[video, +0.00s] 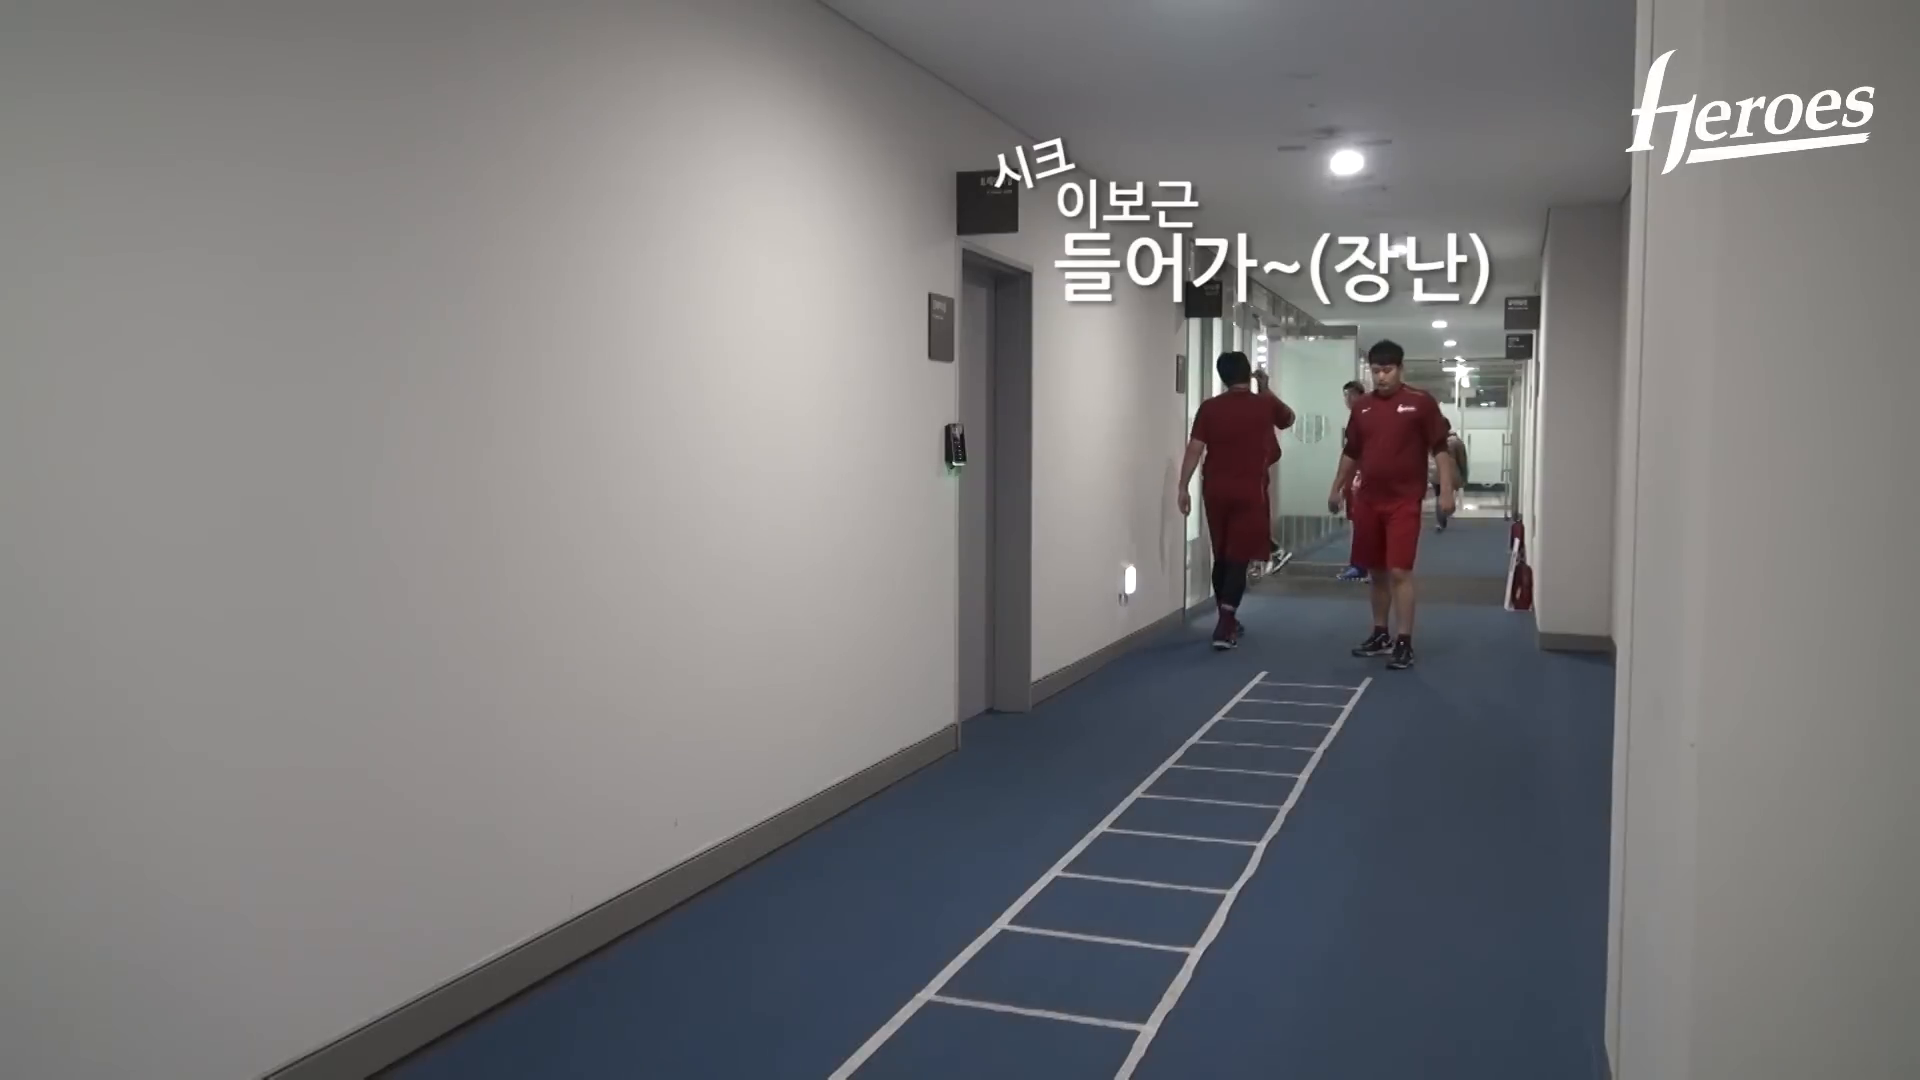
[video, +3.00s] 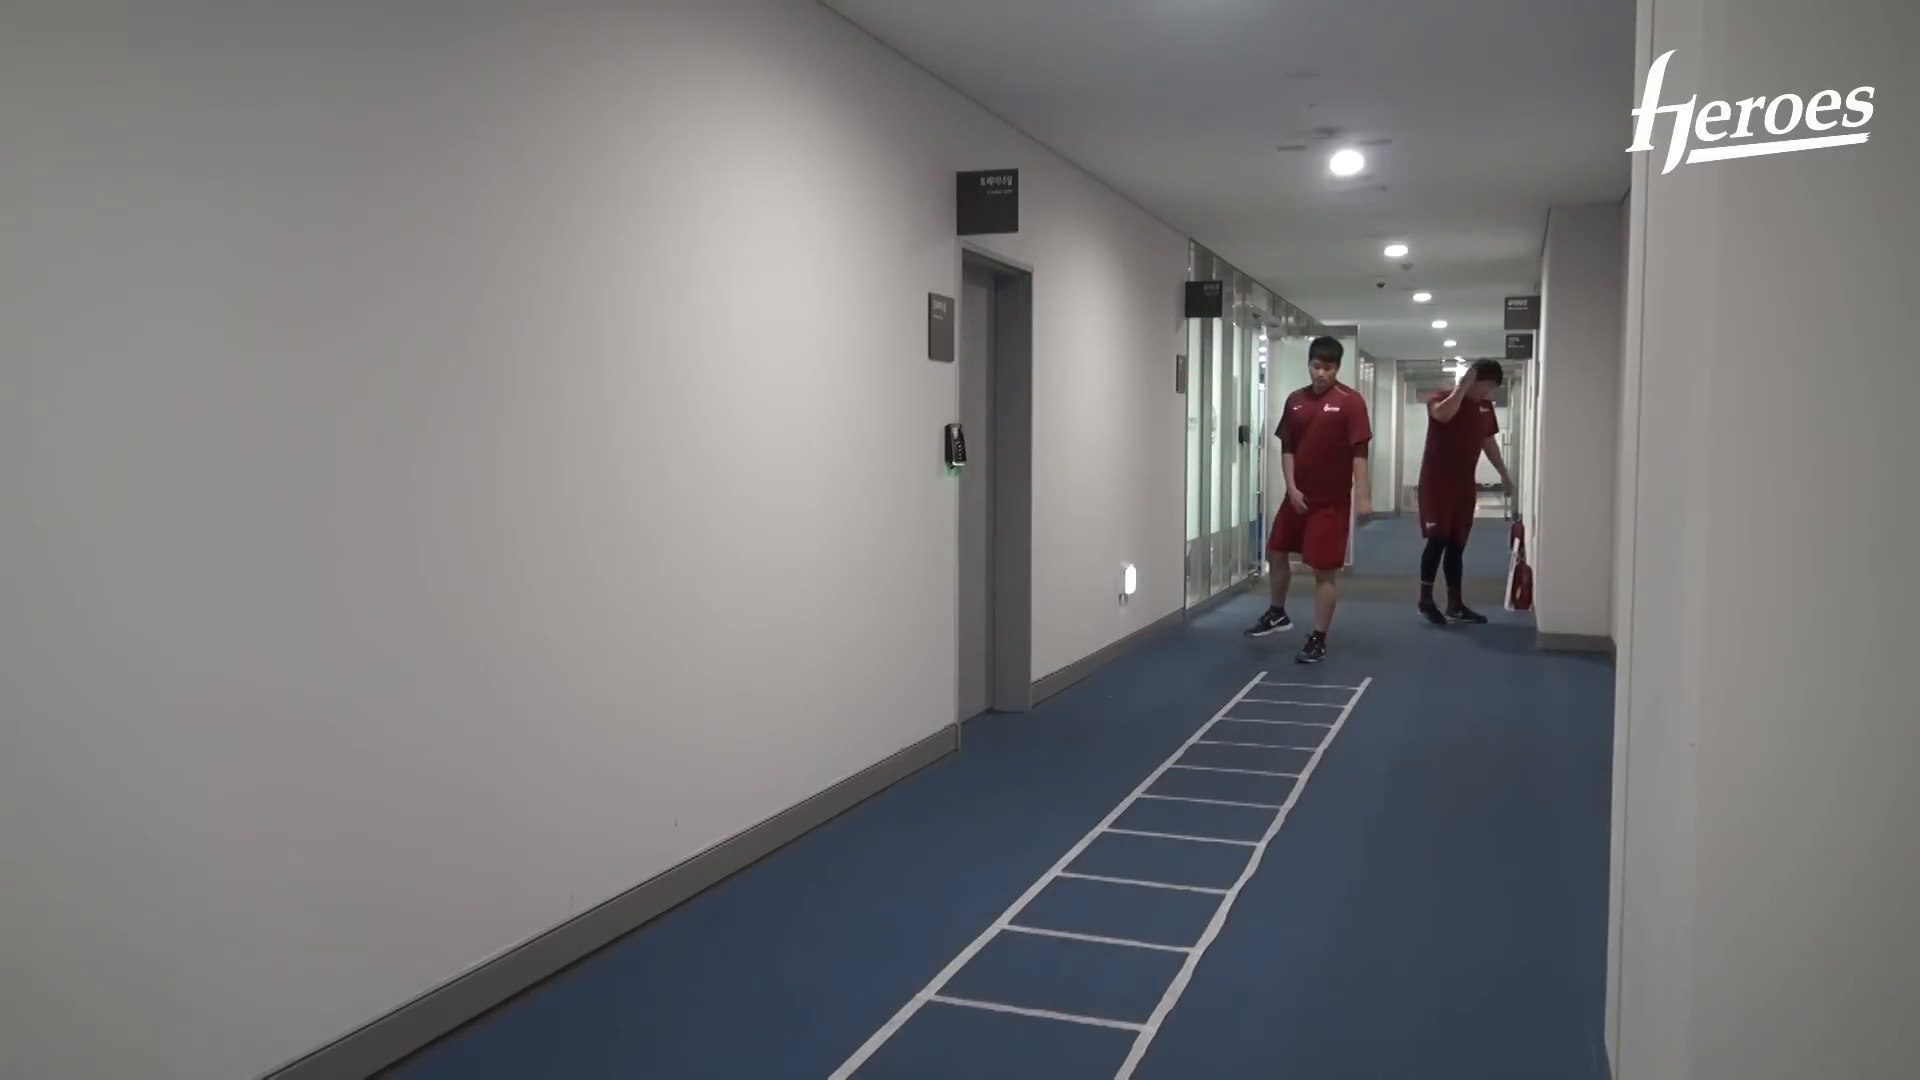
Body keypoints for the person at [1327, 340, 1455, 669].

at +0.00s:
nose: (1381, 375)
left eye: (1387, 369)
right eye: (1376, 369)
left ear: (1400, 369)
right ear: (1370, 370)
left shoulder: (1421, 403)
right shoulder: (1362, 407)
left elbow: (1441, 449)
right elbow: (1351, 452)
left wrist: (1446, 491)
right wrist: (1336, 489)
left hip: (1404, 501)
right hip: (1368, 500)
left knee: (1400, 571)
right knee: (1377, 571)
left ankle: (1403, 642)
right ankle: (1380, 634)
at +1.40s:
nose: (1346, 378)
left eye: (1351, 371)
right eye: (1344, 372)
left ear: (1370, 368)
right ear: (1349, 374)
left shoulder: (1397, 403)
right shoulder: (1351, 408)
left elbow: (1409, 450)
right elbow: (1341, 453)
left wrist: (1406, 493)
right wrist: (1318, 484)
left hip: (1380, 503)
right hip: (1348, 502)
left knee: (1386, 573)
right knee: (1357, 572)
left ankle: (1402, 642)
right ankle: (1365, 634)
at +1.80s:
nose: (1327, 378)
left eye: (1330, 371)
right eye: (1325, 372)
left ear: (1349, 369)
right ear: (1340, 372)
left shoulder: (1379, 404)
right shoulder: (1330, 407)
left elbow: (1389, 454)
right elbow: (1321, 453)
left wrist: (1382, 496)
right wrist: (1304, 488)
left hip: (1363, 498)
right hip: (1333, 498)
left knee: (1341, 563)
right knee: (1347, 566)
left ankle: (1366, 633)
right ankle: (1360, 630)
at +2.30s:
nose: (1305, 375)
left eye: (1309, 368)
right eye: (1303, 369)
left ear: (1327, 365)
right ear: (1307, 370)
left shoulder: (1350, 401)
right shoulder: (1310, 403)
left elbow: (1356, 452)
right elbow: (1304, 449)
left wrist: (1354, 496)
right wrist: (1300, 486)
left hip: (1339, 497)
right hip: (1315, 497)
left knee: (1322, 570)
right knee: (1333, 568)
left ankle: (1316, 637)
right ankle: (1357, 625)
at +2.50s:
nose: (1310, 372)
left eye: (1316, 366)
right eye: (1306, 367)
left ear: (1331, 366)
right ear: (1303, 368)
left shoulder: (1345, 399)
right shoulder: (1305, 401)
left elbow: (1342, 449)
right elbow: (1299, 448)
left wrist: (1312, 482)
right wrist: (1296, 486)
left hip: (1336, 496)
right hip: (1310, 495)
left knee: (1327, 568)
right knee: (1302, 561)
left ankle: (1319, 636)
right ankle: (1340, 615)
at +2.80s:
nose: (1317, 369)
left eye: (1324, 363)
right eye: (1312, 363)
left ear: (1336, 365)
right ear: (1306, 365)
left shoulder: (1347, 400)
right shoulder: (1300, 400)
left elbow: (1346, 454)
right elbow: (1293, 448)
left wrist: (1319, 490)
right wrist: (1291, 487)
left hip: (1332, 495)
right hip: (1303, 492)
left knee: (1322, 569)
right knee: (1288, 555)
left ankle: (1319, 638)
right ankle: (1297, 616)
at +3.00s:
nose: (1320, 373)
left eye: (1327, 367)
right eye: (1316, 366)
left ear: (1338, 368)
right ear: (1308, 365)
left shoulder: (1352, 402)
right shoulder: (1295, 401)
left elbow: (1359, 453)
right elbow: (1287, 448)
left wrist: (1362, 496)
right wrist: (1291, 487)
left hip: (1333, 502)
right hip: (1298, 496)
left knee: (1324, 571)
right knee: (1276, 552)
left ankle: (1318, 638)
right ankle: (1277, 611)